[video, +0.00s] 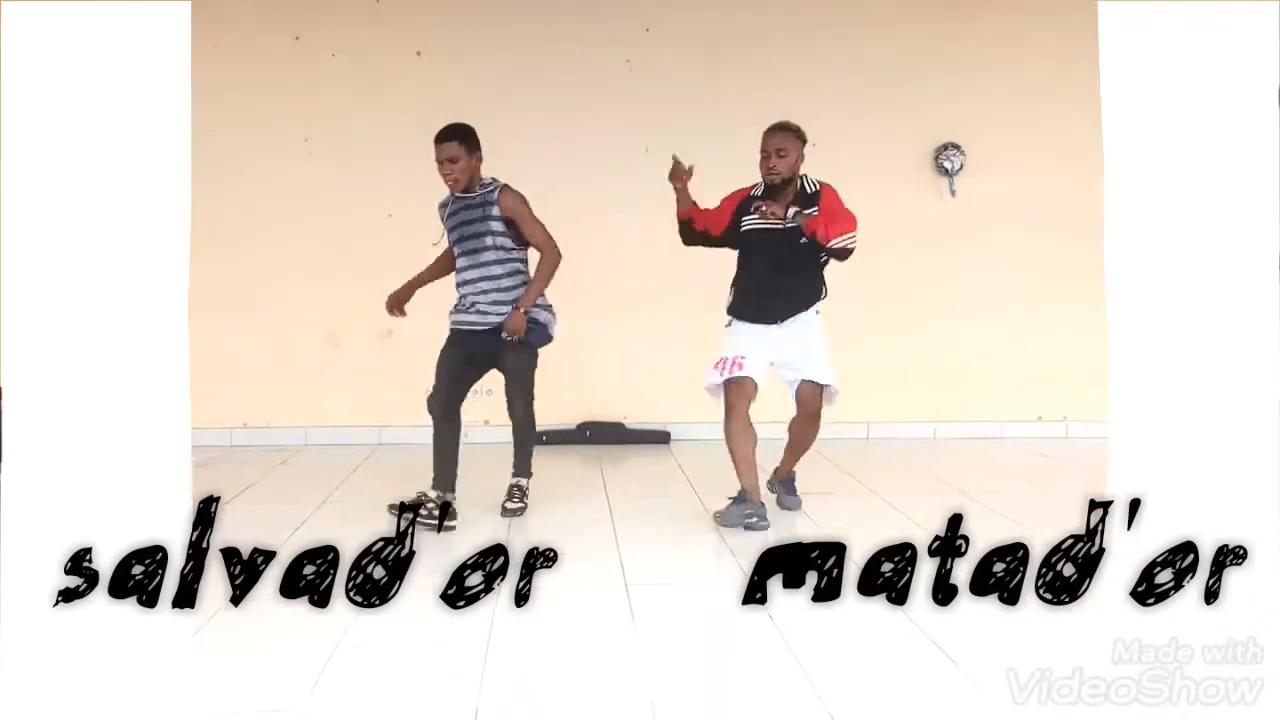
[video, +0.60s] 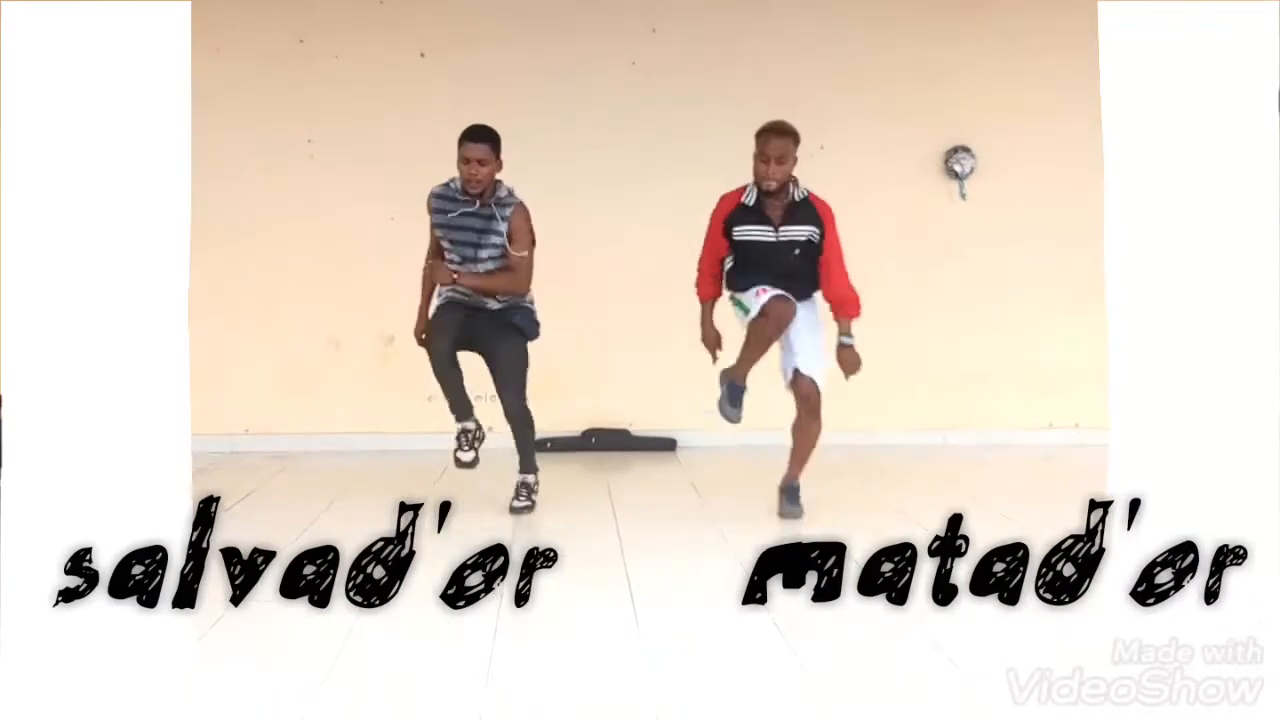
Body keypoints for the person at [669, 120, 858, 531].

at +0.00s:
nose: (772, 161)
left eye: (781, 153)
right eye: (765, 154)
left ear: (801, 156)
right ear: (759, 158)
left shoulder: (820, 196)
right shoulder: (744, 202)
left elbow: (844, 244)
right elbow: (694, 232)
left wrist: (795, 217)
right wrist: (681, 190)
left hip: (801, 319)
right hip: (748, 321)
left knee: (812, 402)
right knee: (736, 398)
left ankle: (785, 473)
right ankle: (751, 499)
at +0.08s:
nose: (777, 148)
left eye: (787, 142)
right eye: (770, 140)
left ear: (798, 149)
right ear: (756, 143)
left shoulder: (815, 191)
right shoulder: (731, 183)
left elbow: (861, 228)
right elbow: (675, 185)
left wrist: (829, 253)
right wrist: (708, 149)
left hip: (806, 306)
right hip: (757, 307)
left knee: (809, 387)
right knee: (736, 384)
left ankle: (820, 450)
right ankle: (765, 464)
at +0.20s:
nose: (794, 148)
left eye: (802, 142)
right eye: (784, 141)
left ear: (809, 154)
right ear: (767, 151)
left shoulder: (816, 212)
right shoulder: (739, 192)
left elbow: (834, 270)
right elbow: (699, 240)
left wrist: (863, 312)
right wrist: (733, 197)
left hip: (792, 308)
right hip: (749, 313)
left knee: (778, 375)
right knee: (743, 401)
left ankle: (860, 370)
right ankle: (775, 480)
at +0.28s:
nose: (798, 156)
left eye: (805, 150)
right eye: (788, 149)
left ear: (813, 159)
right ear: (771, 158)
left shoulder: (822, 216)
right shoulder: (744, 204)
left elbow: (818, 275)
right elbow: (719, 264)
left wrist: (827, 322)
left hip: (790, 308)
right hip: (745, 313)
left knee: (775, 359)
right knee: (731, 403)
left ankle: (845, 424)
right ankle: (774, 483)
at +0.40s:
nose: (791, 151)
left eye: (800, 143)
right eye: (783, 143)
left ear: (813, 148)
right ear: (770, 147)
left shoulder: (824, 205)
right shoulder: (744, 194)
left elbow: (816, 259)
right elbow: (718, 246)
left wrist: (834, 278)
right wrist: (696, 297)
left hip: (796, 316)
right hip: (742, 314)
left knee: (805, 399)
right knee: (749, 401)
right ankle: (775, 486)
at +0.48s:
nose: (782, 156)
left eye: (793, 148)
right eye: (775, 147)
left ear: (808, 147)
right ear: (765, 144)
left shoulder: (828, 190)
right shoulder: (742, 185)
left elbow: (868, 232)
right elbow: (708, 231)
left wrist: (836, 238)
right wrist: (694, 282)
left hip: (798, 297)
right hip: (750, 295)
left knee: (815, 373)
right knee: (773, 364)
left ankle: (806, 472)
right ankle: (739, 457)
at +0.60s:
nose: (770, 171)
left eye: (780, 163)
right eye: (763, 160)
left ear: (794, 164)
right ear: (753, 159)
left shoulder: (816, 211)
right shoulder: (731, 207)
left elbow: (834, 273)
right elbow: (711, 261)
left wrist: (846, 336)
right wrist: (706, 319)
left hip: (803, 300)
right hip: (750, 290)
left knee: (809, 393)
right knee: (781, 309)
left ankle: (791, 482)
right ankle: (737, 377)